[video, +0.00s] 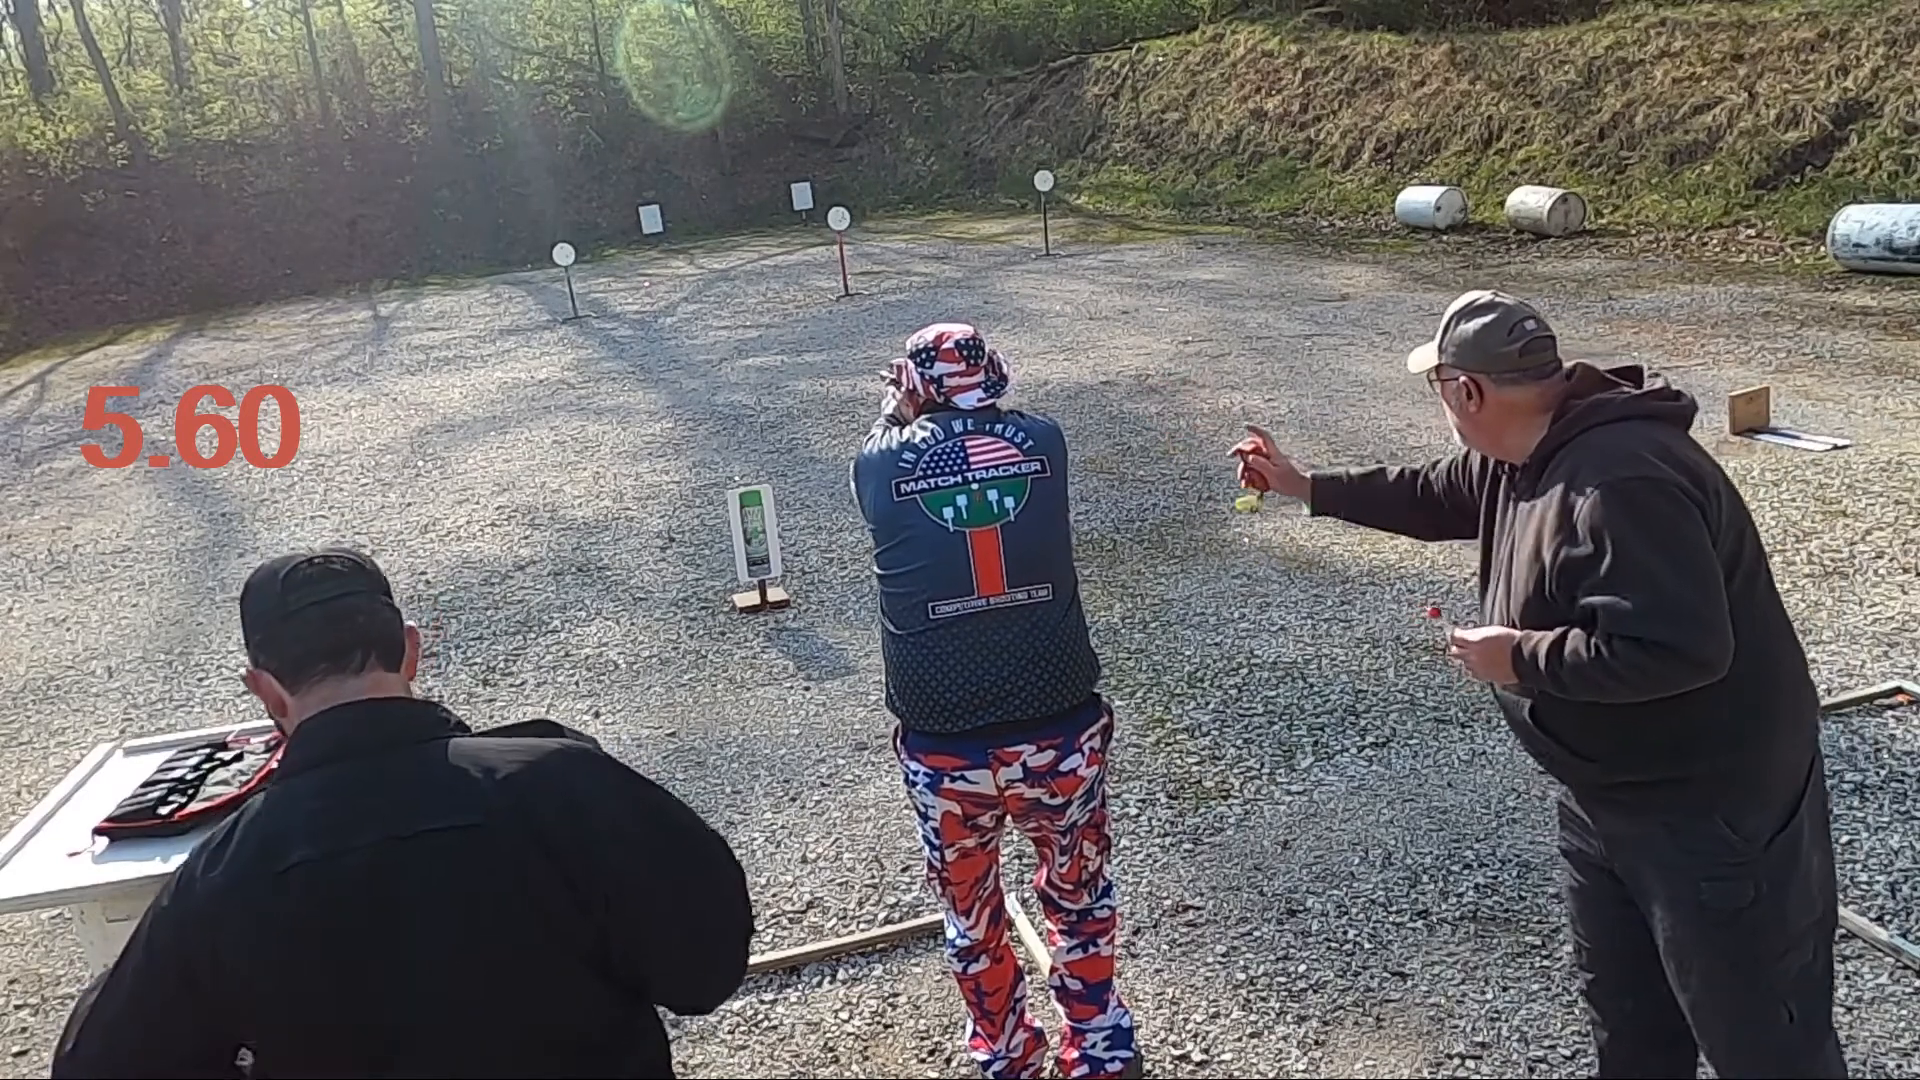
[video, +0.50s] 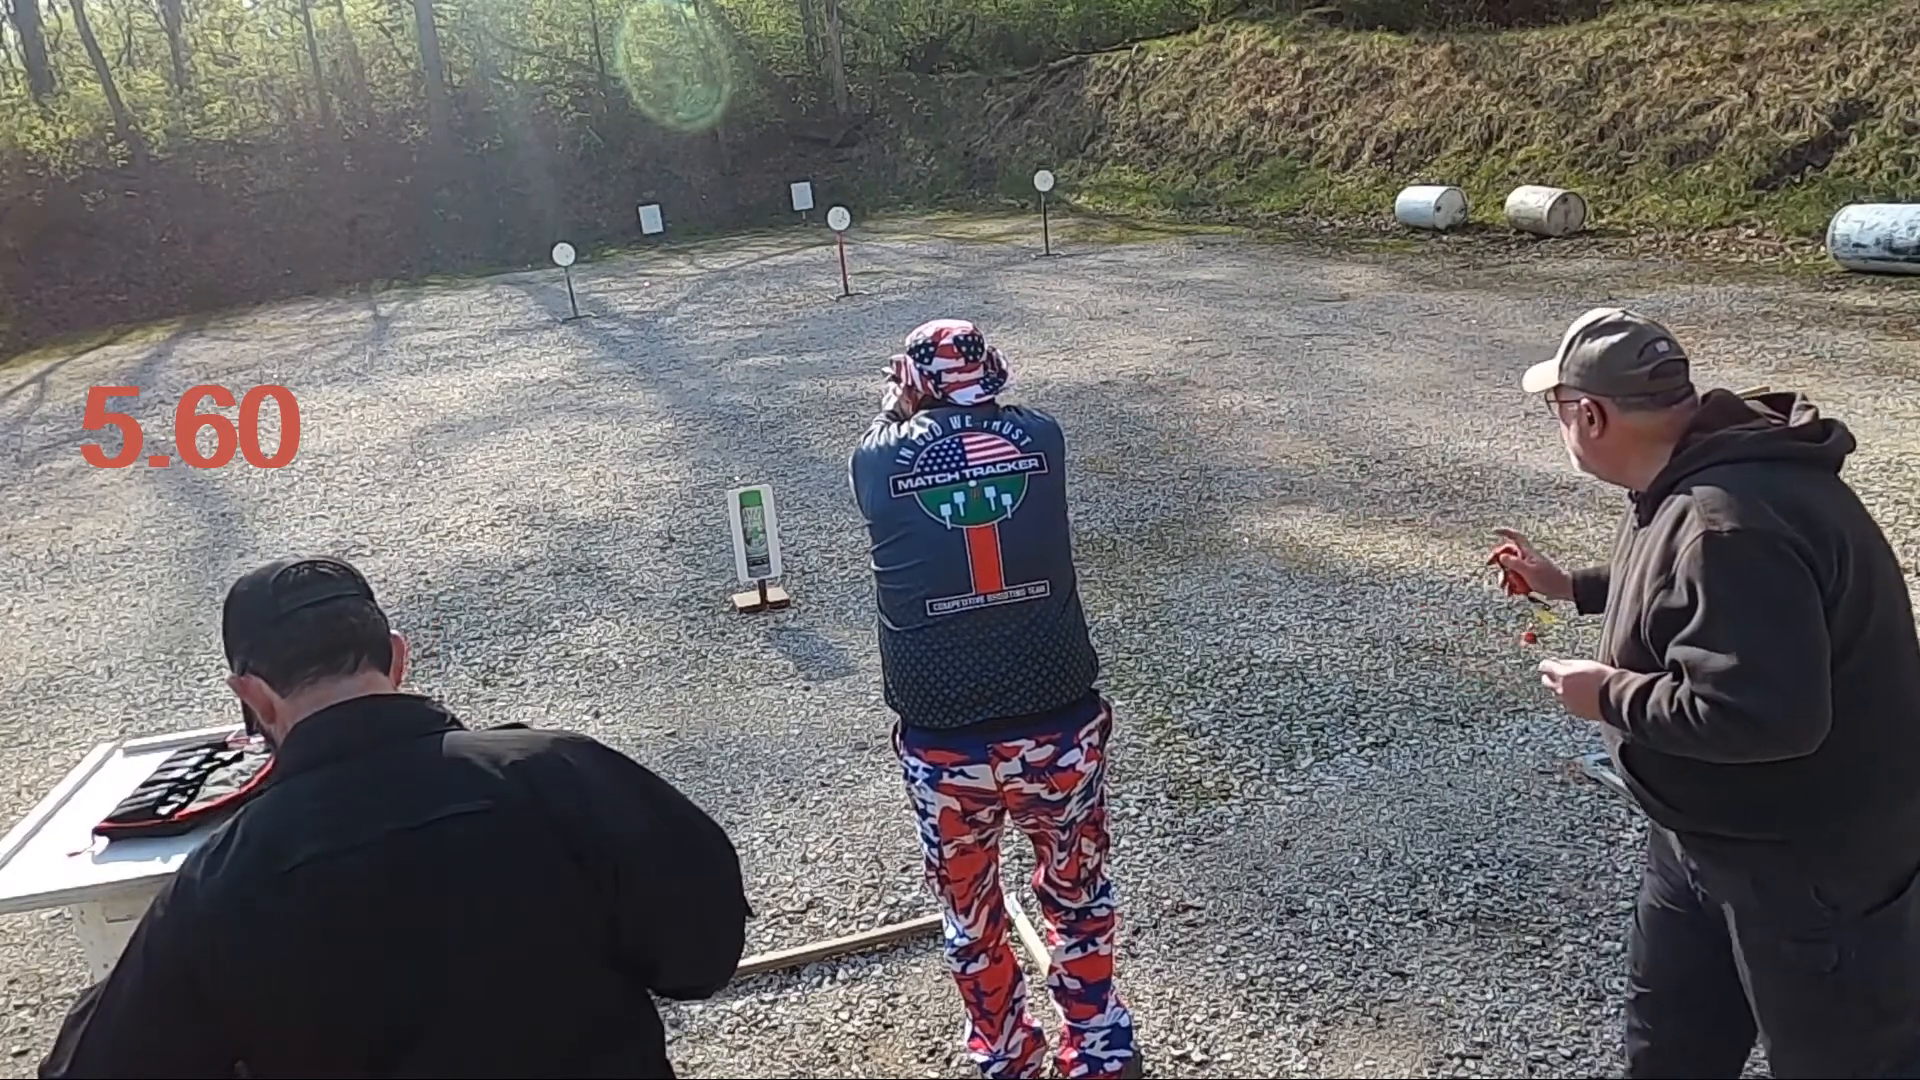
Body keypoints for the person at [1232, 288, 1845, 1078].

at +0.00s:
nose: (1440, 401)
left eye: (1440, 386)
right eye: (1439, 386)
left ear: (1470, 393)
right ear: (1535, 373)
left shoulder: (1619, 482)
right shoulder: (1522, 462)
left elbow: (1682, 647)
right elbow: (1434, 495)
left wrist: (1521, 655)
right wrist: (1306, 488)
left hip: (1716, 811)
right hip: (1607, 797)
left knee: (1765, 1048)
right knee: (1633, 1036)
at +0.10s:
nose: (1457, 408)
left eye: (1455, 391)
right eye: (1453, 392)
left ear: (1483, 397)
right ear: (1549, 375)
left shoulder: (1629, 491)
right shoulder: (1558, 466)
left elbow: (1682, 658)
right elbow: (1496, 529)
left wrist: (1527, 659)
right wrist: (1365, 520)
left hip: (1725, 815)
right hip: (1621, 800)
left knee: (1784, 1050)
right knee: (1638, 1036)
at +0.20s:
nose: (1478, 412)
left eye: (1476, 395)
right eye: (1475, 395)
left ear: (1504, 400)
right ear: (1577, 374)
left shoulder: (1638, 498)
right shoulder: (1589, 463)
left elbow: (1693, 674)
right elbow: (1550, 553)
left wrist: (1538, 665)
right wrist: (1431, 551)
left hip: (1742, 826)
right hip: (1637, 807)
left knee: (1801, 1051)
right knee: (1642, 1034)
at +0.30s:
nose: (1504, 416)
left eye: (1503, 399)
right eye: (1503, 399)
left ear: (1532, 406)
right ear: (1602, 385)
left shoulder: (1667, 512)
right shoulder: (1612, 472)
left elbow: (1714, 689)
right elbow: (1604, 580)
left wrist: (1557, 677)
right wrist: (1487, 569)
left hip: (1763, 842)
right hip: (1654, 816)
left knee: (1812, 1058)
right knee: (1646, 1032)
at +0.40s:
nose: (1532, 422)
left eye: (1533, 405)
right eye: (1532, 404)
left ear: (1564, 413)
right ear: (1634, 390)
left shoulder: (1696, 520)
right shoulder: (1657, 470)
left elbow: (1740, 705)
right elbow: (1647, 587)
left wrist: (1585, 687)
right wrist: (1537, 579)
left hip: (1791, 848)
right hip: (1681, 819)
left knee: (1829, 1062)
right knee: (1657, 1038)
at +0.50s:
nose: (1561, 431)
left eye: (1559, 414)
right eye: (1558, 414)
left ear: (1593, 417)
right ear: (1669, 389)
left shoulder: (1730, 526)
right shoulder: (1685, 480)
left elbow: (1773, 716)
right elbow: (1676, 595)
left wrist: (1612, 696)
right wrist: (1567, 586)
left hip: (1812, 870)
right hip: (1701, 841)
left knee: (1841, 1064)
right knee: (1671, 1054)